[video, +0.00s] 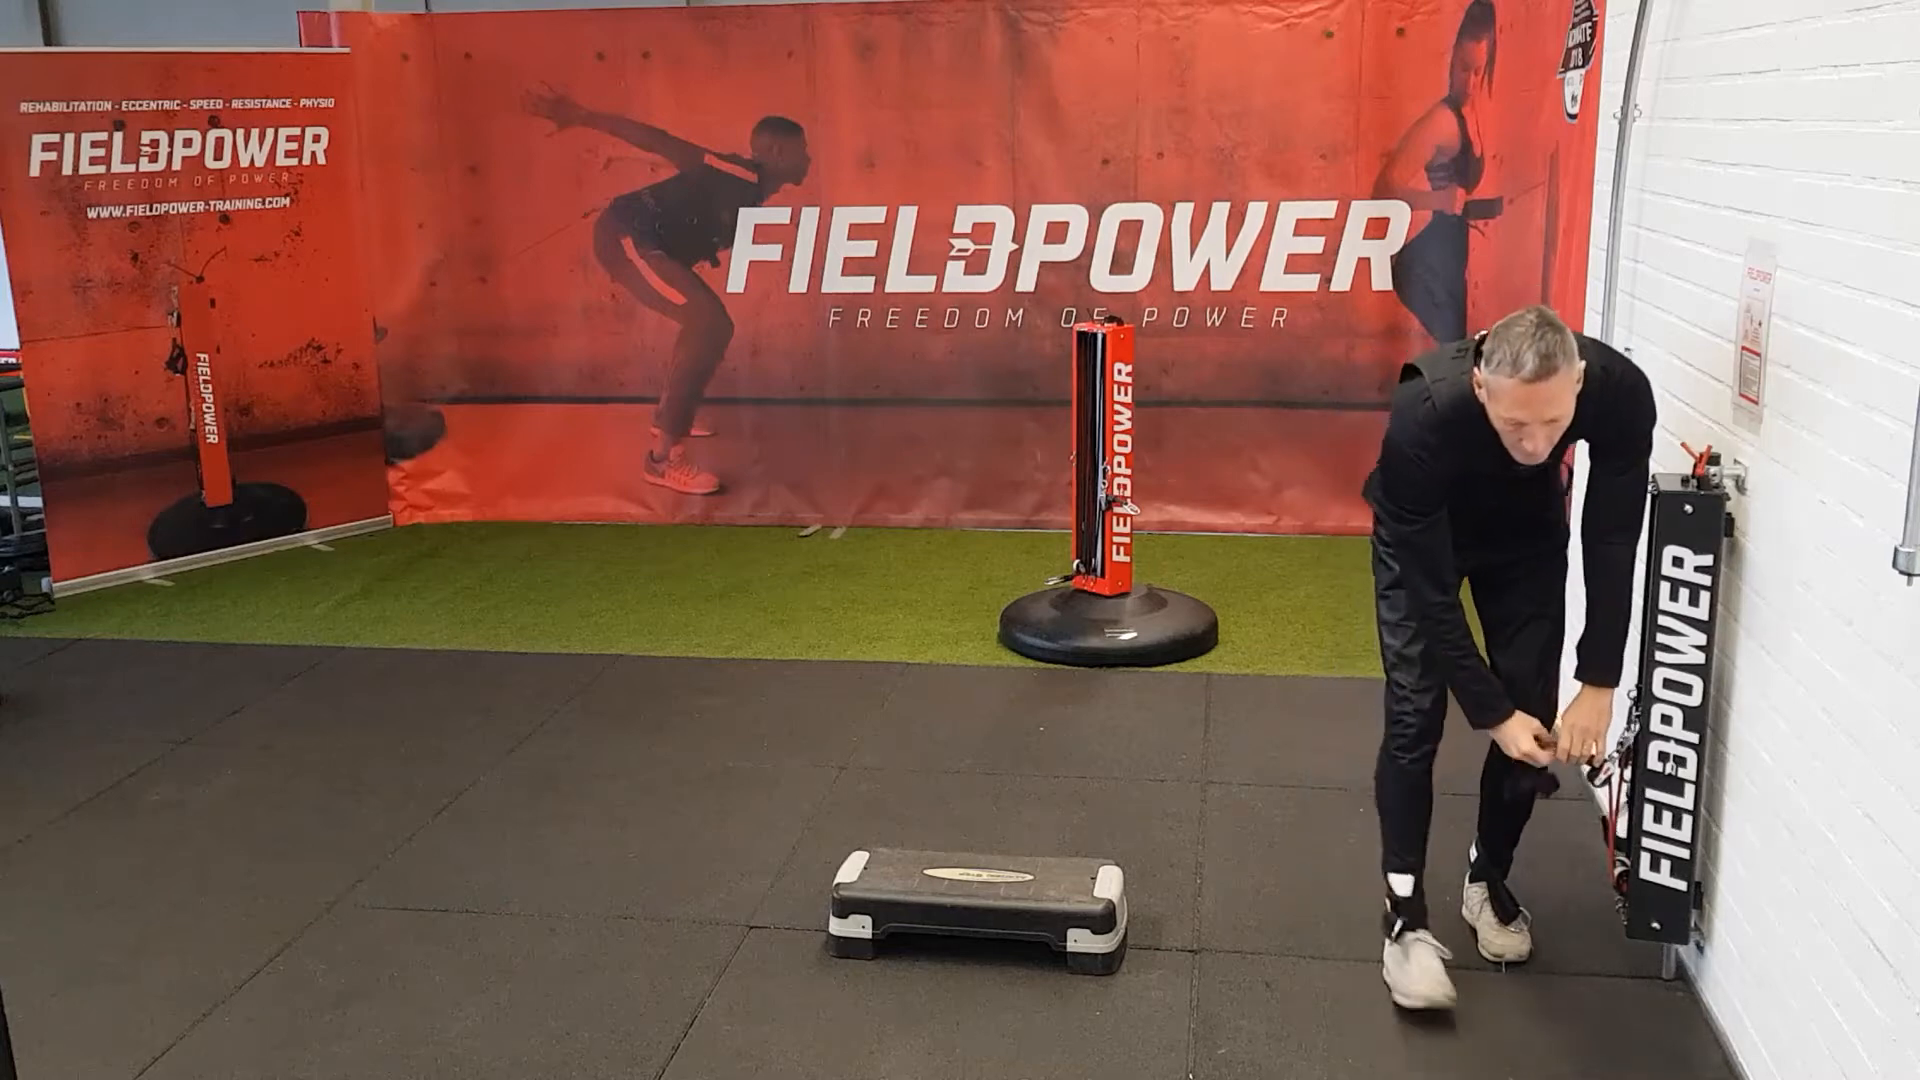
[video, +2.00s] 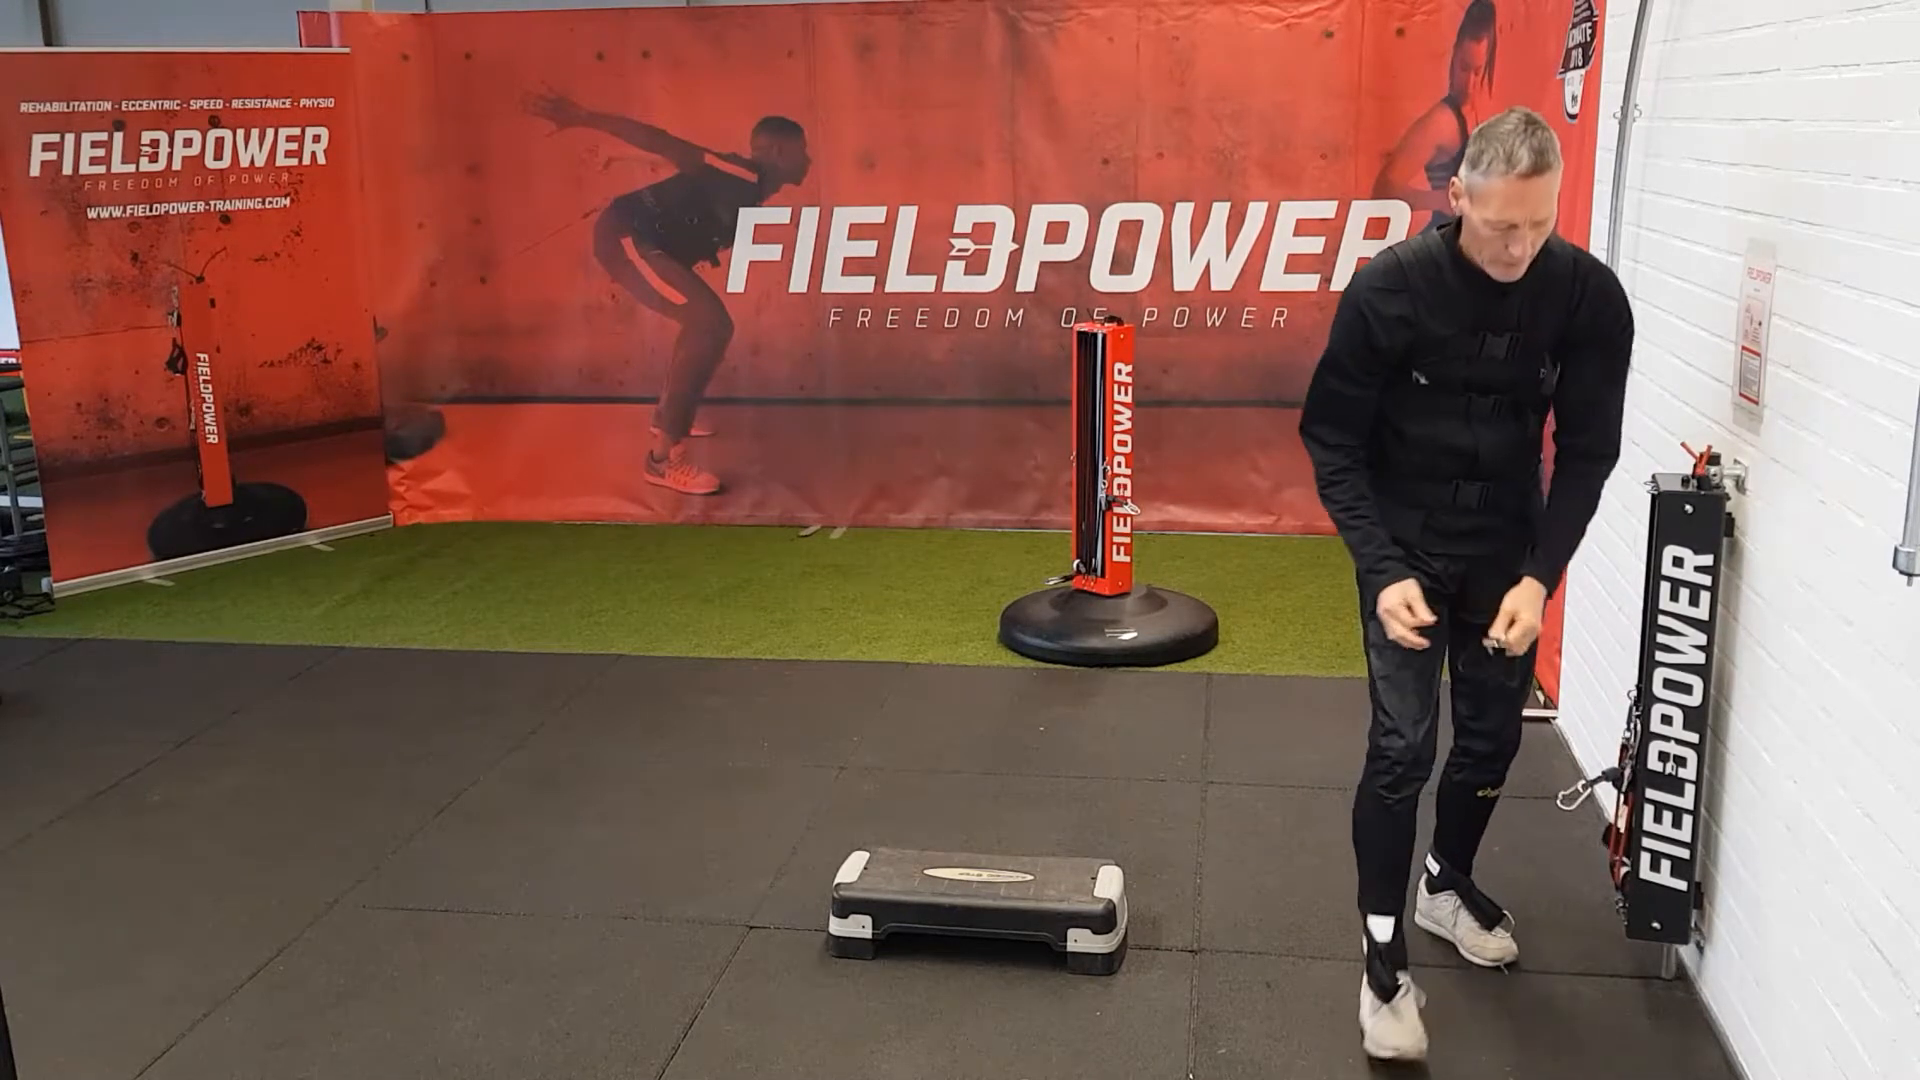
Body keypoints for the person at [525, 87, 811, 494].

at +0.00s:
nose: (808, 158)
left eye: (805, 149)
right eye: (800, 149)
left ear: (775, 151)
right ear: (772, 150)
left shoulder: (749, 197)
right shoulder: (732, 180)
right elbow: (659, 141)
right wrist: (582, 116)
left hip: (646, 237)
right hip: (626, 232)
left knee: (715, 323)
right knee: (708, 323)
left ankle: (671, 414)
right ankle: (664, 457)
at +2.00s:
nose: (807, 159)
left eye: (804, 150)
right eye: (801, 150)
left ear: (773, 151)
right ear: (772, 150)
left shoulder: (749, 189)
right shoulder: (737, 178)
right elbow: (662, 143)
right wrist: (582, 117)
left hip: (642, 237)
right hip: (627, 235)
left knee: (710, 322)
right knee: (712, 325)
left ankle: (670, 413)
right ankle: (665, 458)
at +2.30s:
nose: (807, 159)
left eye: (804, 150)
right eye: (801, 150)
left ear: (773, 151)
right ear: (772, 150)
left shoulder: (748, 188)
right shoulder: (736, 178)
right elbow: (662, 143)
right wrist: (582, 117)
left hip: (642, 236)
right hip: (627, 235)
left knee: (710, 322)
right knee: (712, 325)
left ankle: (670, 413)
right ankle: (665, 457)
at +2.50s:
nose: (807, 159)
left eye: (804, 150)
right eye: (800, 150)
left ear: (774, 151)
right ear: (772, 150)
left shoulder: (749, 191)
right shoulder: (735, 177)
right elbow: (661, 143)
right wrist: (582, 117)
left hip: (643, 236)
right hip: (627, 234)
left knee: (708, 322)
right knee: (713, 325)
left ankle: (670, 414)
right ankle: (665, 457)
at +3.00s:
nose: (807, 159)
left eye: (805, 150)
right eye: (801, 150)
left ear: (774, 151)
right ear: (772, 149)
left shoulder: (749, 187)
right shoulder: (737, 176)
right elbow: (659, 141)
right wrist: (581, 117)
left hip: (643, 236)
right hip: (627, 234)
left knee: (710, 322)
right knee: (712, 325)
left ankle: (670, 414)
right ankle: (666, 457)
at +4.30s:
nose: (807, 159)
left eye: (805, 150)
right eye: (800, 150)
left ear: (774, 151)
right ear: (772, 150)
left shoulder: (749, 188)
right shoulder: (735, 177)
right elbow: (662, 142)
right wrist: (584, 117)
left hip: (645, 236)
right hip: (626, 233)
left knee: (709, 321)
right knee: (713, 326)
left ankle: (671, 411)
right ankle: (665, 457)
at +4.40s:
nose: (807, 158)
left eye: (805, 150)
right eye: (800, 150)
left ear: (774, 151)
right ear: (770, 150)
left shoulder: (750, 190)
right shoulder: (735, 175)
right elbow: (660, 142)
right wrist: (584, 117)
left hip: (646, 238)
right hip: (626, 233)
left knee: (711, 322)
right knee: (712, 325)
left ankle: (671, 412)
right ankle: (665, 456)